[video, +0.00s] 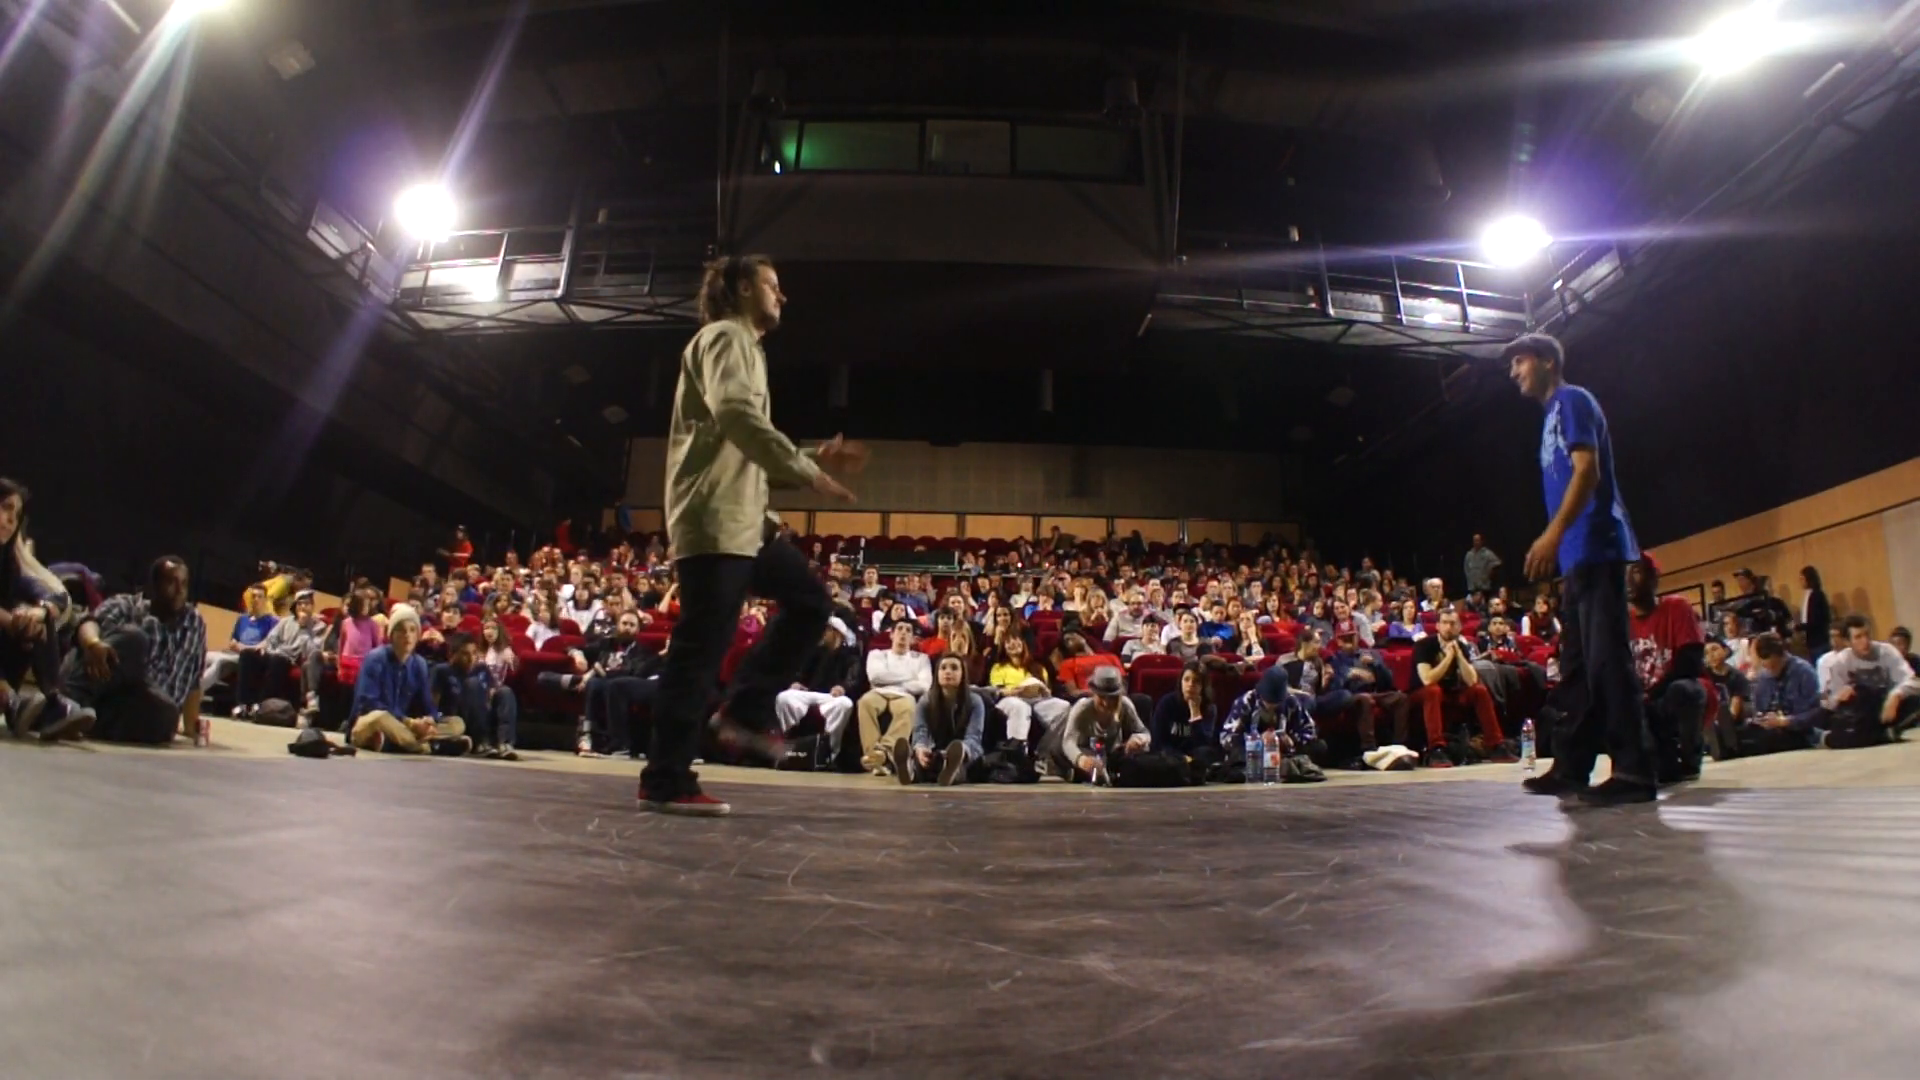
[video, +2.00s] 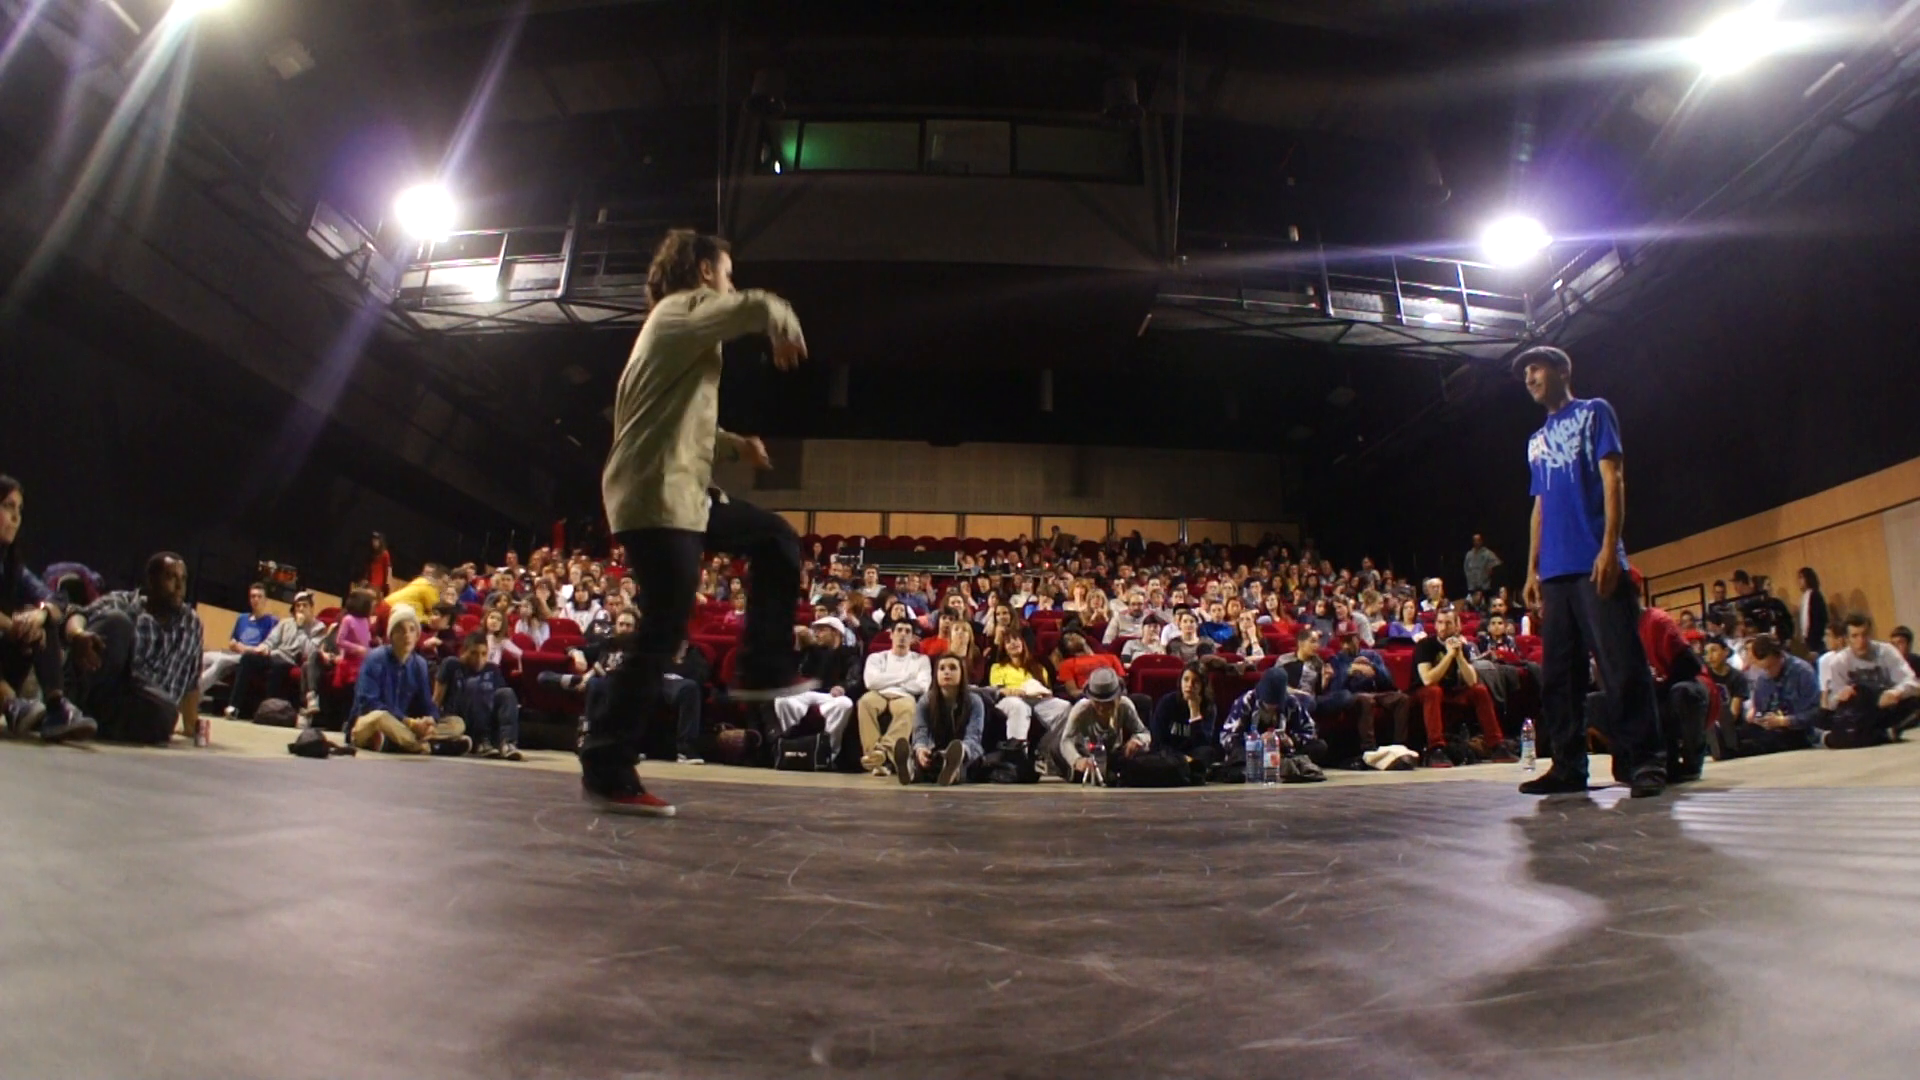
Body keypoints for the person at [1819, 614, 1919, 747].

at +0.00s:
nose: (1865, 641)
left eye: (1866, 635)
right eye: (1858, 637)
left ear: (1870, 635)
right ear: (1849, 641)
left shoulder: (1887, 652)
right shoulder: (1840, 662)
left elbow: (1911, 679)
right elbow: (1827, 703)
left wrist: (1895, 695)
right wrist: (1838, 697)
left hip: (1886, 701)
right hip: (1857, 704)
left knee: (1914, 702)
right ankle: (1884, 735)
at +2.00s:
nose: (1861, 641)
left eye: (1864, 635)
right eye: (1854, 636)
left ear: (1870, 634)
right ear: (1847, 638)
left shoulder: (1887, 652)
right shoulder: (1839, 662)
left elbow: (1911, 681)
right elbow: (1831, 701)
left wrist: (1895, 692)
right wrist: (1839, 696)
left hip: (1886, 705)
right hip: (1857, 707)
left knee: (1913, 702)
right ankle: (1884, 735)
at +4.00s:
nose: (1857, 643)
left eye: (1861, 637)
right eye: (1851, 638)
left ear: (1869, 636)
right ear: (1844, 639)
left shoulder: (1886, 652)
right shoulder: (1837, 661)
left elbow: (1911, 681)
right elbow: (1830, 702)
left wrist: (1893, 695)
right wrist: (1838, 697)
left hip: (1886, 703)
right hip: (1857, 705)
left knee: (1914, 704)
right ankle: (1884, 734)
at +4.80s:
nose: (1857, 643)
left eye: (1862, 637)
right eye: (1852, 638)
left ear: (1870, 636)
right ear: (1846, 638)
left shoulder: (1887, 652)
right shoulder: (1835, 662)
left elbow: (1911, 681)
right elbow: (1827, 703)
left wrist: (1894, 694)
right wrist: (1838, 697)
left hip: (1885, 704)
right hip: (1855, 706)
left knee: (1913, 703)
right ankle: (1884, 734)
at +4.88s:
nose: (1857, 644)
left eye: (1862, 637)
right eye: (1852, 638)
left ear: (1870, 636)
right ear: (1846, 638)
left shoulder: (1887, 652)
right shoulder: (1835, 662)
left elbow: (1911, 681)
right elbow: (1827, 703)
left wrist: (1894, 694)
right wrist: (1838, 697)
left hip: (1884, 705)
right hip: (1855, 707)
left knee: (1914, 703)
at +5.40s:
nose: (1858, 645)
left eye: (1863, 639)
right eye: (1853, 640)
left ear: (1871, 637)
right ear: (1847, 639)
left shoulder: (1887, 652)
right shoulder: (1839, 661)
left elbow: (1910, 681)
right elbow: (1828, 703)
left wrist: (1894, 695)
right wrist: (1839, 697)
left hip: (1884, 705)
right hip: (1856, 707)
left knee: (1913, 704)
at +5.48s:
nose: (1859, 645)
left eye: (1863, 639)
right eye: (1853, 639)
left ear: (1871, 636)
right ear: (1847, 639)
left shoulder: (1887, 652)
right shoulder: (1839, 661)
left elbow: (1911, 681)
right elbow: (1828, 703)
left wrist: (1894, 695)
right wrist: (1839, 697)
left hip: (1884, 704)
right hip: (1856, 706)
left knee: (1913, 704)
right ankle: (1884, 734)